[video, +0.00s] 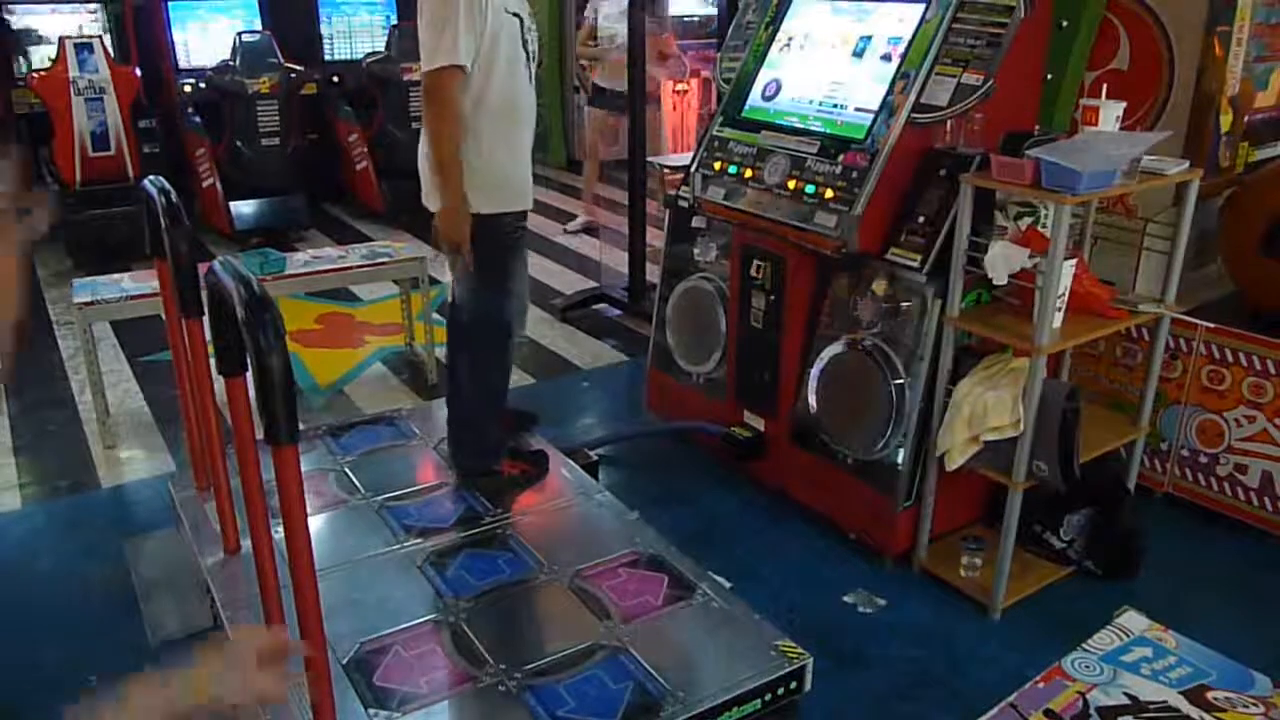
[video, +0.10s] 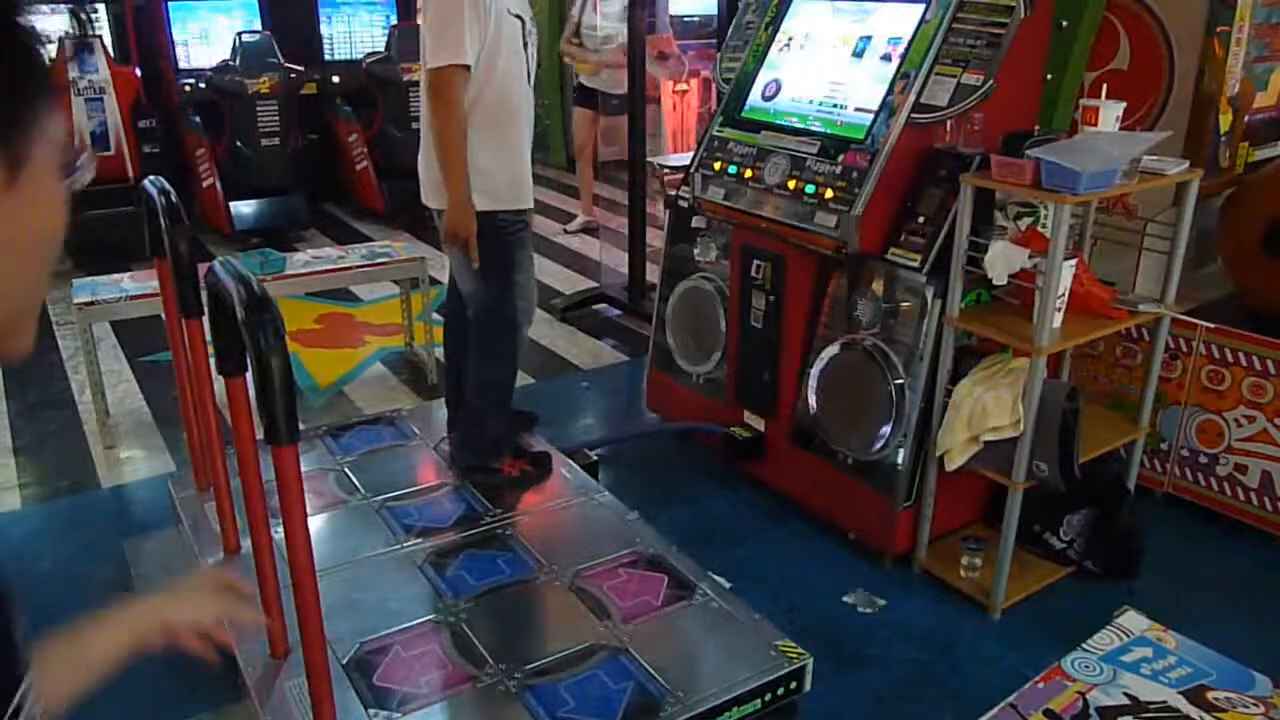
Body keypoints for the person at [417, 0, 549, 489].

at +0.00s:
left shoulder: (509, 7)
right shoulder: (453, 4)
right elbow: (440, 88)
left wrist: (509, 187)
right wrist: (452, 201)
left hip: (503, 193)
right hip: (478, 199)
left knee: (496, 320)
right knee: (482, 329)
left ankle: (488, 418)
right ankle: (477, 463)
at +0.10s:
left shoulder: (510, 7)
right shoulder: (456, 4)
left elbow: (495, 93)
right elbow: (443, 91)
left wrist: (512, 191)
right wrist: (458, 200)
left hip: (496, 192)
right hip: (481, 197)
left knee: (474, 312)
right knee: (502, 321)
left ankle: (478, 420)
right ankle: (480, 456)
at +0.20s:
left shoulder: (515, 7)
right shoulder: (459, 4)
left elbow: (504, 90)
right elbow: (447, 89)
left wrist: (518, 181)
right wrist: (459, 196)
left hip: (494, 189)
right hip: (481, 196)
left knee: (471, 317)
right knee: (502, 323)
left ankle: (472, 431)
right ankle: (490, 454)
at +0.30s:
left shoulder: (534, 8)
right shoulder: (465, 4)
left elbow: (547, 92)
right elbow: (449, 93)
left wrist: (581, 163)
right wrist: (463, 197)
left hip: (501, 185)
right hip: (474, 191)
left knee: (468, 314)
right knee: (501, 324)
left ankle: (468, 425)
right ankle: (519, 456)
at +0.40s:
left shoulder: (546, 8)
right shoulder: (471, 4)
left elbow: (569, 89)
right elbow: (455, 91)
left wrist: (624, 157)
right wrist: (471, 202)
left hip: (511, 189)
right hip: (475, 193)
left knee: (474, 309)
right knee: (503, 325)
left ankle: (468, 413)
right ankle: (530, 449)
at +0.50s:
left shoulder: (550, 8)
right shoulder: (473, 5)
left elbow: (590, 82)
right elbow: (461, 98)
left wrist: (648, 137)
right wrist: (481, 203)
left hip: (524, 190)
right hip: (489, 195)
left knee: (485, 310)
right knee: (512, 327)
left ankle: (470, 412)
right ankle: (531, 452)